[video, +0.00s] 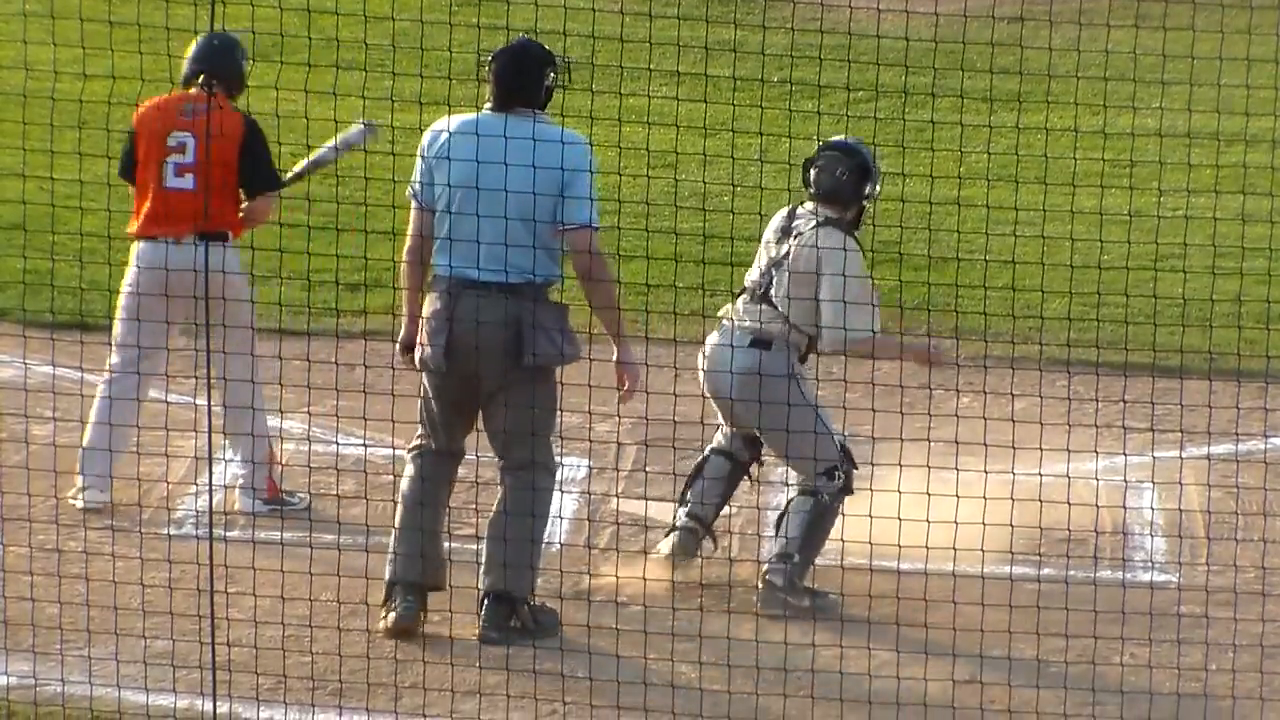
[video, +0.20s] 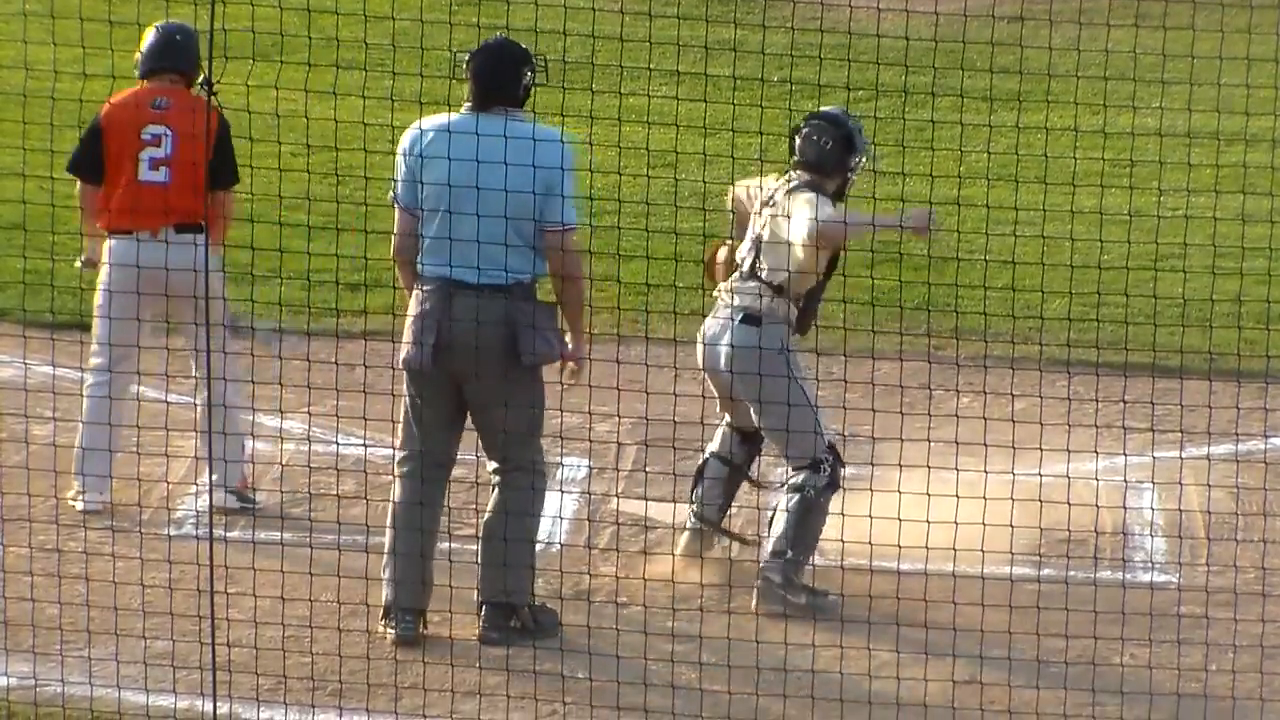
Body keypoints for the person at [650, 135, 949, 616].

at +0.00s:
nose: (864, 203)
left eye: (864, 193)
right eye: (864, 194)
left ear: (813, 184)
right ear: (858, 199)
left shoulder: (783, 219)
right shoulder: (836, 245)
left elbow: (775, 294)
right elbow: (849, 338)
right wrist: (914, 351)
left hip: (716, 356)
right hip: (763, 369)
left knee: (746, 431)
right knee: (831, 471)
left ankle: (684, 534)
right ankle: (782, 583)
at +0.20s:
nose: (853, 171)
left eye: (853, 162)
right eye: (851, 162)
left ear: (801, 155)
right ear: (841, 164)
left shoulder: (776, 185)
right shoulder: (814, 199)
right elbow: (818, 229)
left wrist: (745, 248)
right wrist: (897, 222)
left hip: (713, 335)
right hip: (758, 342)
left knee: (743, 426)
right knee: (817, 464)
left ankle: (699, 532)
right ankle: (779, 581)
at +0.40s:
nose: (808, 130)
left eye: (806, 123)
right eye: (806, 124)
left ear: (751, 123)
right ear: (799, 132)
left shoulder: (704, 164)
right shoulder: (801, 191)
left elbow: (657, 217)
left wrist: (703, 238)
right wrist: (841, 155)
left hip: (710, 300)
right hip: (766, 305)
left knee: (714, 413)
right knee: (781, 432)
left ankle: (694, 524)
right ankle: (779, 553)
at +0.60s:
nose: (757, 101)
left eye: (708, 95)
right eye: (754, 94)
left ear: (700, 102)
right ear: (754, 101)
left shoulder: (675, 165)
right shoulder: (788, 154)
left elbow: (655, 242)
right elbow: (817, 147)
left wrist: (706, 233)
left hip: (706, 288)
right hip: (764, 290)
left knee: (713, 414)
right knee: (777, 415)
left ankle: (694, 529)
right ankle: (760, 536)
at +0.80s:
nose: (732, 102)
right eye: (735, 93)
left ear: (685, 99)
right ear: (738, 98)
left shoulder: (665, 164)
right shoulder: (765, 150)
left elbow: (657, 246)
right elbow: (725, 204)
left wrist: (633, 203)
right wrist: (644, 193)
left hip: (706, 286)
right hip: (768, 284)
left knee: (709, 412)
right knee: (777, 410)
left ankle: (693, 528)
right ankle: (766, 520)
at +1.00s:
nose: (739, 94)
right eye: (737, 87)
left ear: (683, 90)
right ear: (735, 92)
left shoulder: (654, 158)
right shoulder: (762, 147)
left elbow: (640, 249)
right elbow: (769, 221)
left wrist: (643, 318)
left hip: (696, 291)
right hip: (758, 286)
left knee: (701, 410)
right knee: (780, 409)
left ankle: (691, 526)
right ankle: (757, 523)